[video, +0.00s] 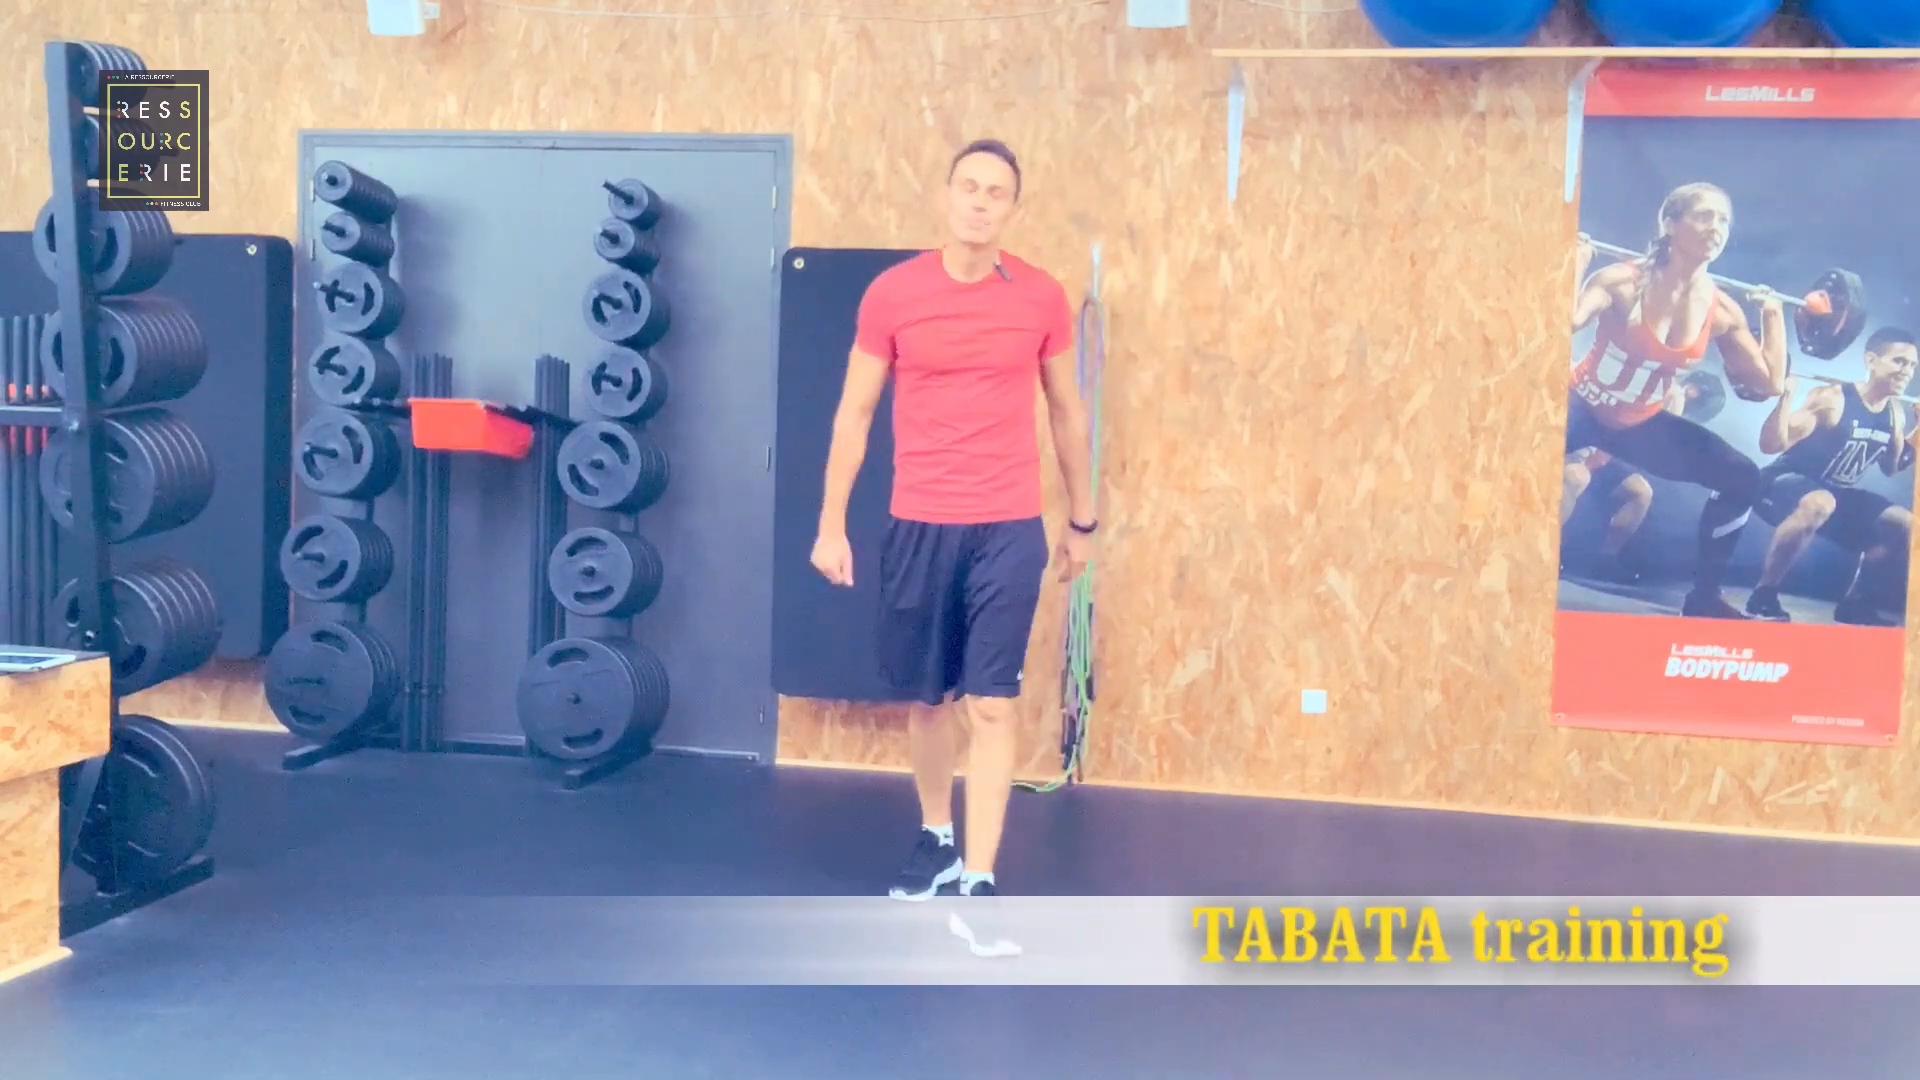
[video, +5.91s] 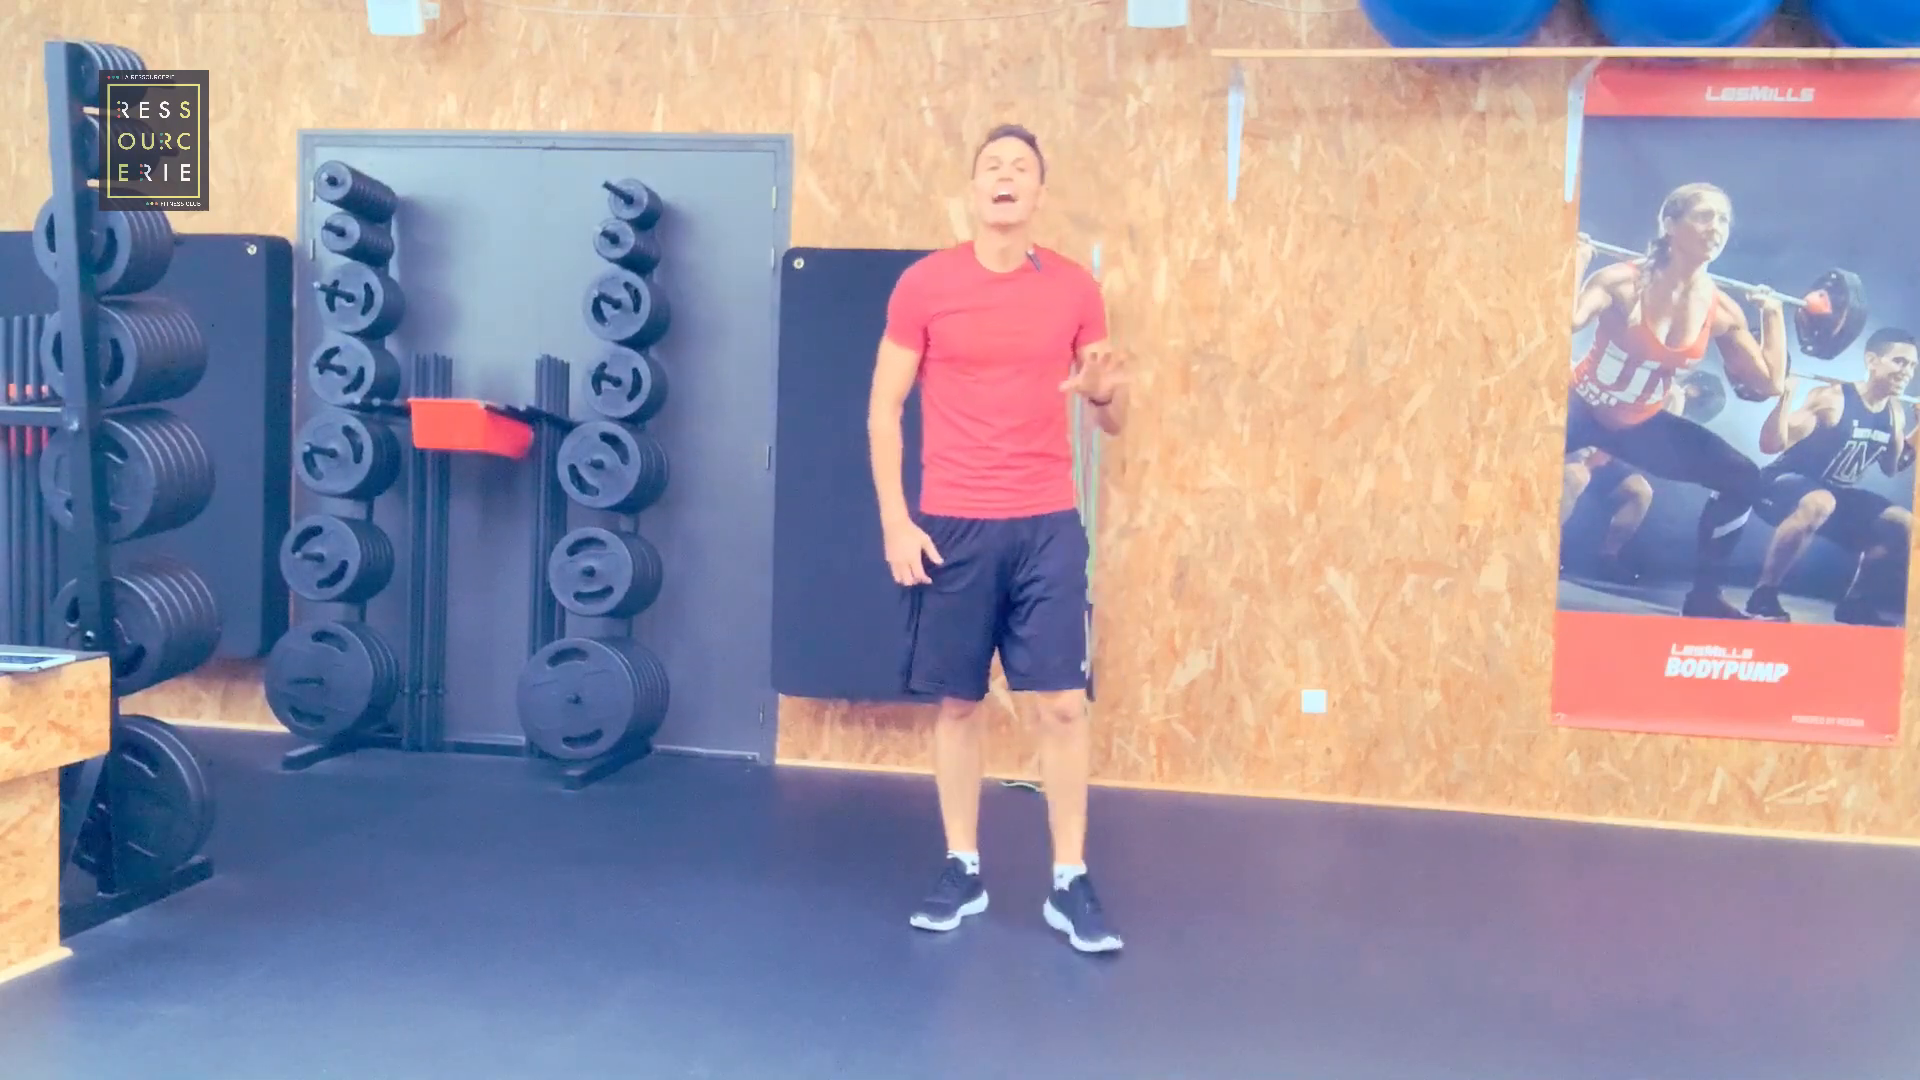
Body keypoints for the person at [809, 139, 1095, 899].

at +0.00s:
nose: (979, 202)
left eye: (995, 193)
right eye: (969, 187)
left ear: (1013, 211)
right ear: (943, 196)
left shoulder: (1043, 300)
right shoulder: (892, 293)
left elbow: (1065, 408)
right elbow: (853, 413)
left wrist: (1081, 515)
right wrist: (830, 525)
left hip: (1010, 530)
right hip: (918, 529)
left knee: (990, 704)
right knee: (927, 701)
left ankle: (978, 883)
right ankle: (937, 840)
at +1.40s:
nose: (989, 153)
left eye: (1003, 141)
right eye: (972, 142)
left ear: (1029, 164)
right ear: (948, 166)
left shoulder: (1066, 270)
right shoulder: (907, 264)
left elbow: (1089, 395)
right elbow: (843, 393)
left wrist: (1107, 428)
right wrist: (892, 424)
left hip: (1037, 525)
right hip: (940, 524)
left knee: (1022, 730)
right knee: (942, 730)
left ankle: (979, 877)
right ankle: (942, 923)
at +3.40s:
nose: (1014, 197)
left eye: (1030, 185)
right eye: (1003, 182)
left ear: (1053, 200)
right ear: (981, 193)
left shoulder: (1085, 291)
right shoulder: (935, 289)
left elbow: (1123, 406)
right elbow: (883, 406)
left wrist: (1102, 496)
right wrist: (914, 494)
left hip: (1056, 529)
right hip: (961, 528)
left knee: (1058, 712)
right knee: (963, 707)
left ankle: (1066, 902)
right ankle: (959, 876)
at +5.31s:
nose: (1047, 197)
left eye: (1062, 186)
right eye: (1037, 184)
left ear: (1087, 203)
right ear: (1018, 198)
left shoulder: (1116, 299)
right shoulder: (971, 290)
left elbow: (1137, 416)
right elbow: (931, 411)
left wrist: (1116, 522)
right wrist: (949, 516)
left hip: (1077, 529)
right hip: (985, 523)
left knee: (1060, 697)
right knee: (974, 695)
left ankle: (1043, 851)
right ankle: (961, 867)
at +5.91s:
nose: (1004, 179)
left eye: (1019, 169)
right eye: (991, 168)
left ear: (1043, 192)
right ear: (969, 190)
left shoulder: (1074, 287)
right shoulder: (925, 283)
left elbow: (1110, 419)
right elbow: (884, 410)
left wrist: (1103, 392)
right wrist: (895, 520)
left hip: (1047, 521)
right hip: (951, 523)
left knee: (1063, 702)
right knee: (957, 702)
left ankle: (1071, 882)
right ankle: (961, 869)